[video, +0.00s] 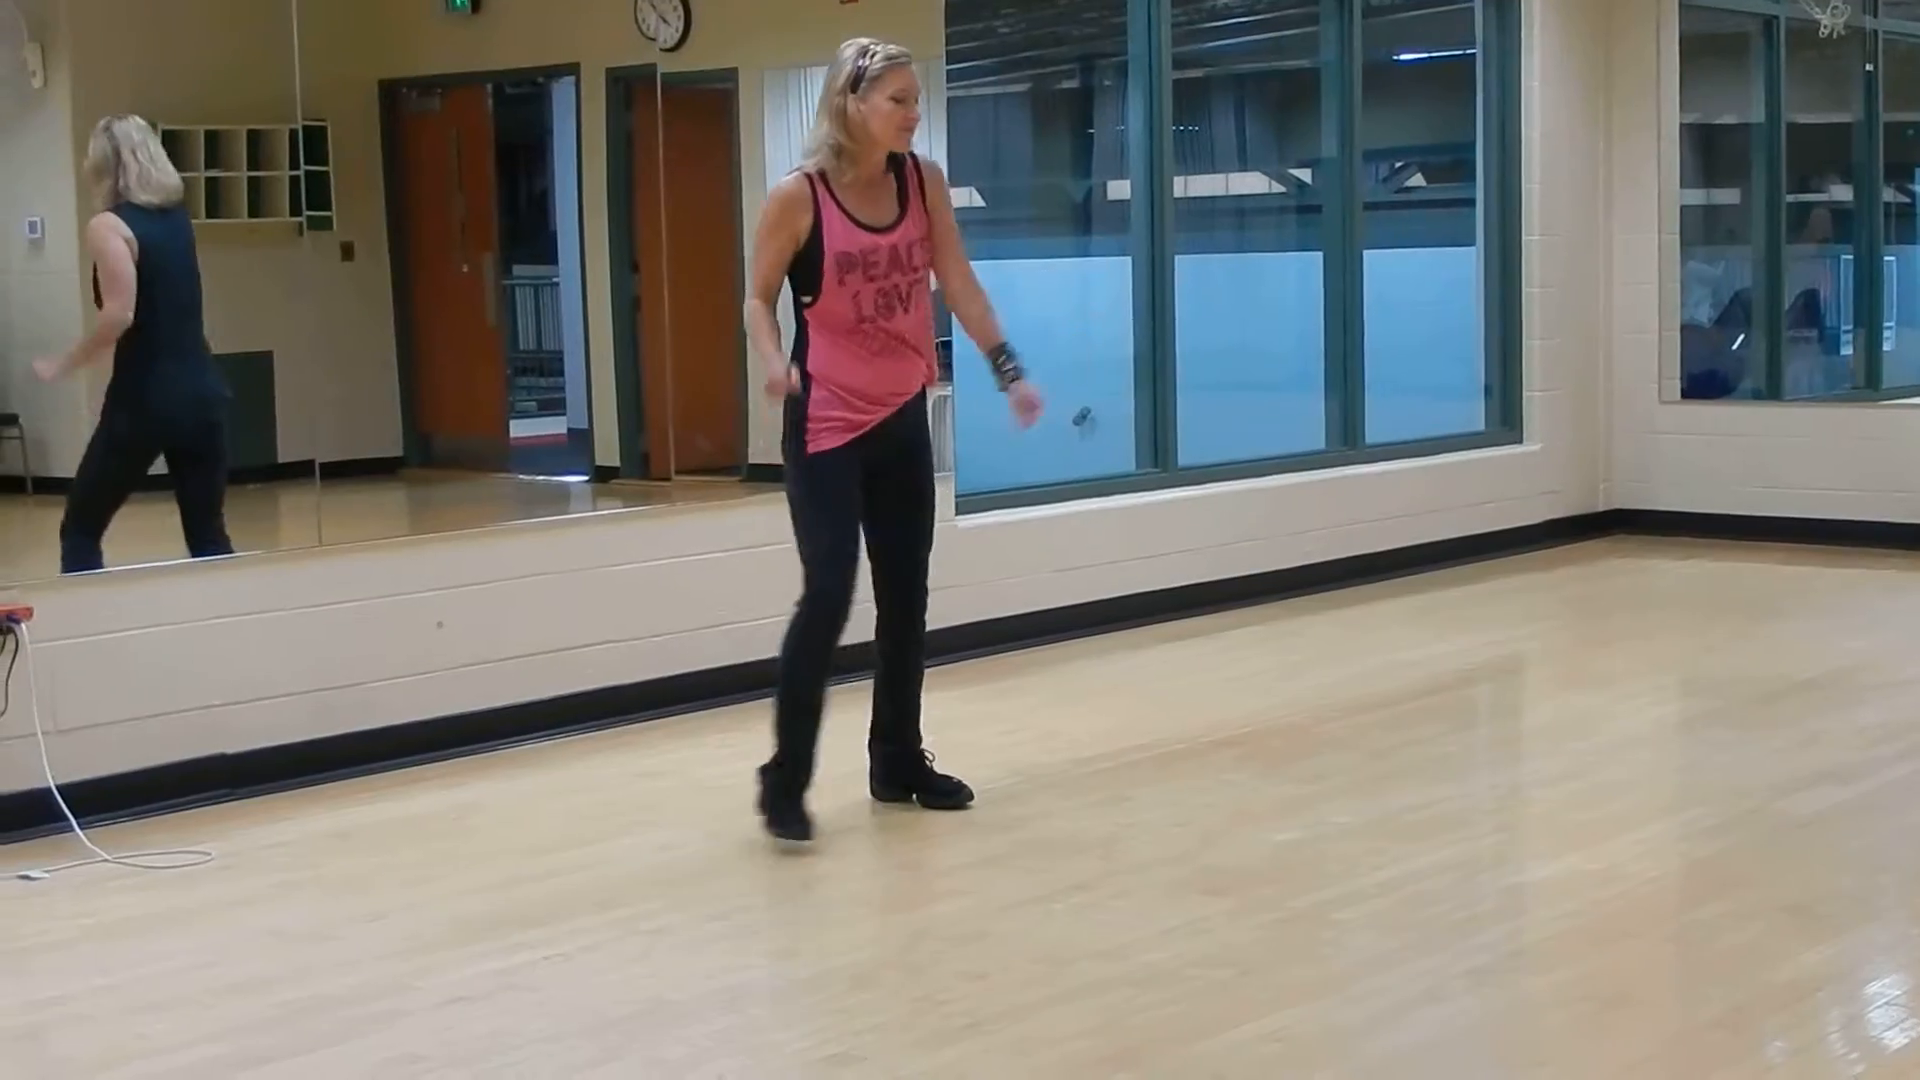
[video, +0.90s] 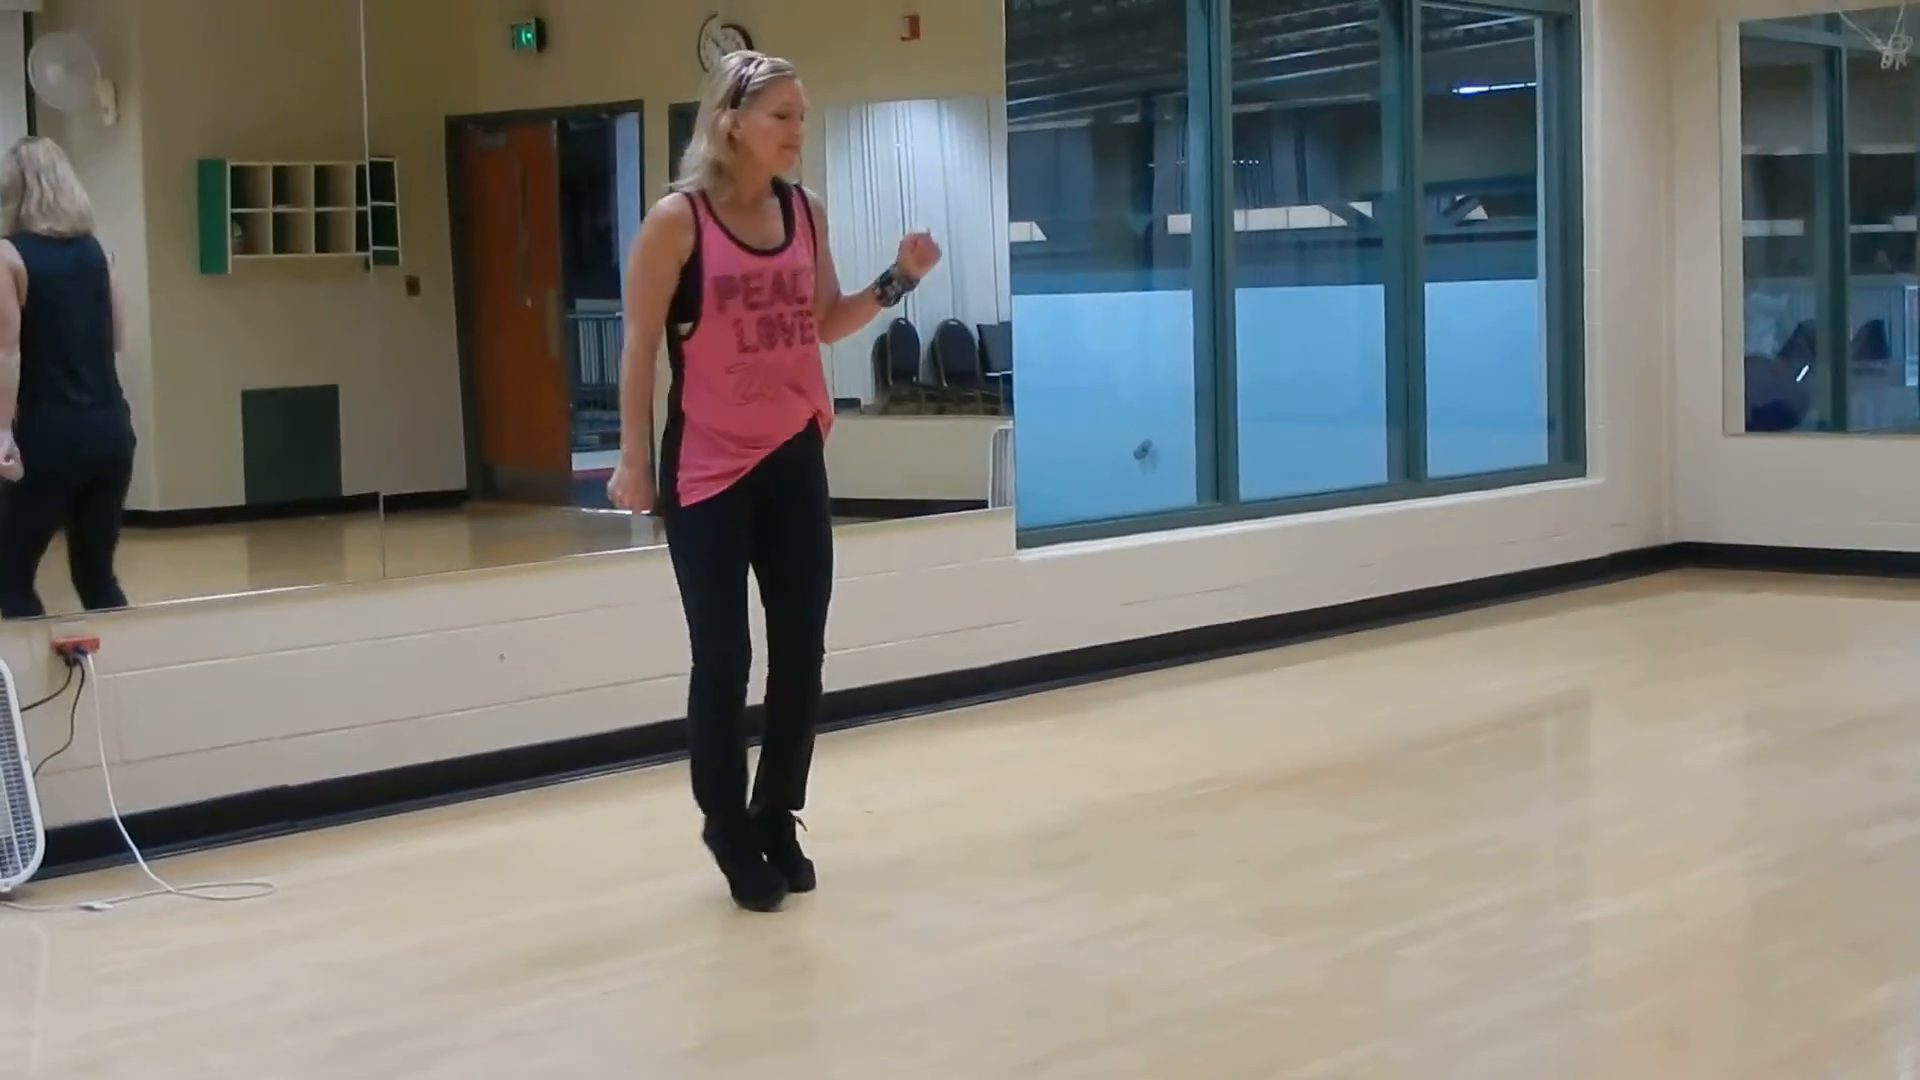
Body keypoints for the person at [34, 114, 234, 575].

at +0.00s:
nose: (89, 172)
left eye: (93, 162)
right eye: (90, 162)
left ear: (108, 166)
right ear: (152, 159)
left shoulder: (109, 226)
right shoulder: (177, 219)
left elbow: (119, 314)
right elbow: (183, 307)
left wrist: (64, 363)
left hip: (144, 401)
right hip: (199, 395)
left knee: (79, 532)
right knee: (208, 534)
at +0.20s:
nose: (61, 177)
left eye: (65, 167)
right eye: (63, 166)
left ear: (77, 172)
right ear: (127, 168)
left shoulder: (79, 231)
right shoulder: (154, 232)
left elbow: (49, 316)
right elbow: (183, 311)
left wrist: (4, 316)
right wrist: (203, 382)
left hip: (112, 411)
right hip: (170, 405)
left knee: (67, 539)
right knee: (198, 531)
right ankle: (249, 629)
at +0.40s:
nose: (25, 166)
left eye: (29, 157)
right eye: (28, 157)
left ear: (38, 161)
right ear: (92, 158)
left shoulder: (25, 221)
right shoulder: (116, 224)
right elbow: (164, 296)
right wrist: (158, 372)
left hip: (56, 404)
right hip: (118, 400)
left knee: (26, 544)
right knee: (132, 527)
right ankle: (202, 603)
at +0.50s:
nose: (15, 171)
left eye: (20, 162)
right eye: (18, 162)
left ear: (28, 165)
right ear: (84, 162)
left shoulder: (14, 227)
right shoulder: (111, 228)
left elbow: (7, 310)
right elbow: (160, 299)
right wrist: (139, 369)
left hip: (40, 405)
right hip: (106, 404)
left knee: (24, 542)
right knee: (82, 526)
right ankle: (155, 598)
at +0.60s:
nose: (11, 176)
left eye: (15, 167)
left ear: (20, 173)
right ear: (78, 167)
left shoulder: (13, 237)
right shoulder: (110, 231)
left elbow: (6, 314)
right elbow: (153, 307)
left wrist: (17, 337)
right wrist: (125, 365)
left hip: (32, 408)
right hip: (97, 409)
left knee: (24, 542)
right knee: (52, 534)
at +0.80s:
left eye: (14, 174)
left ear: (19, 180)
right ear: (78, 175)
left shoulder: (13, 246)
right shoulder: (106, 241)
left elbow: (5, 340)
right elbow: (131, 324)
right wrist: (77, 319)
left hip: (32, 424)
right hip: (97, 418)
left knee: (31, 557)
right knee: (65, 551)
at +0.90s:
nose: (1, 192)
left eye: (5, 183)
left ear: (14, 189)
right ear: (68, 184)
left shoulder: (12, 255)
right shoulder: (95, 250)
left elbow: (10, 355)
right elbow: (117, 339)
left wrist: (6, 432)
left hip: (44, 441)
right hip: (109, 433)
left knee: (11, 577)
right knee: (95, 572)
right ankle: (140, 675)